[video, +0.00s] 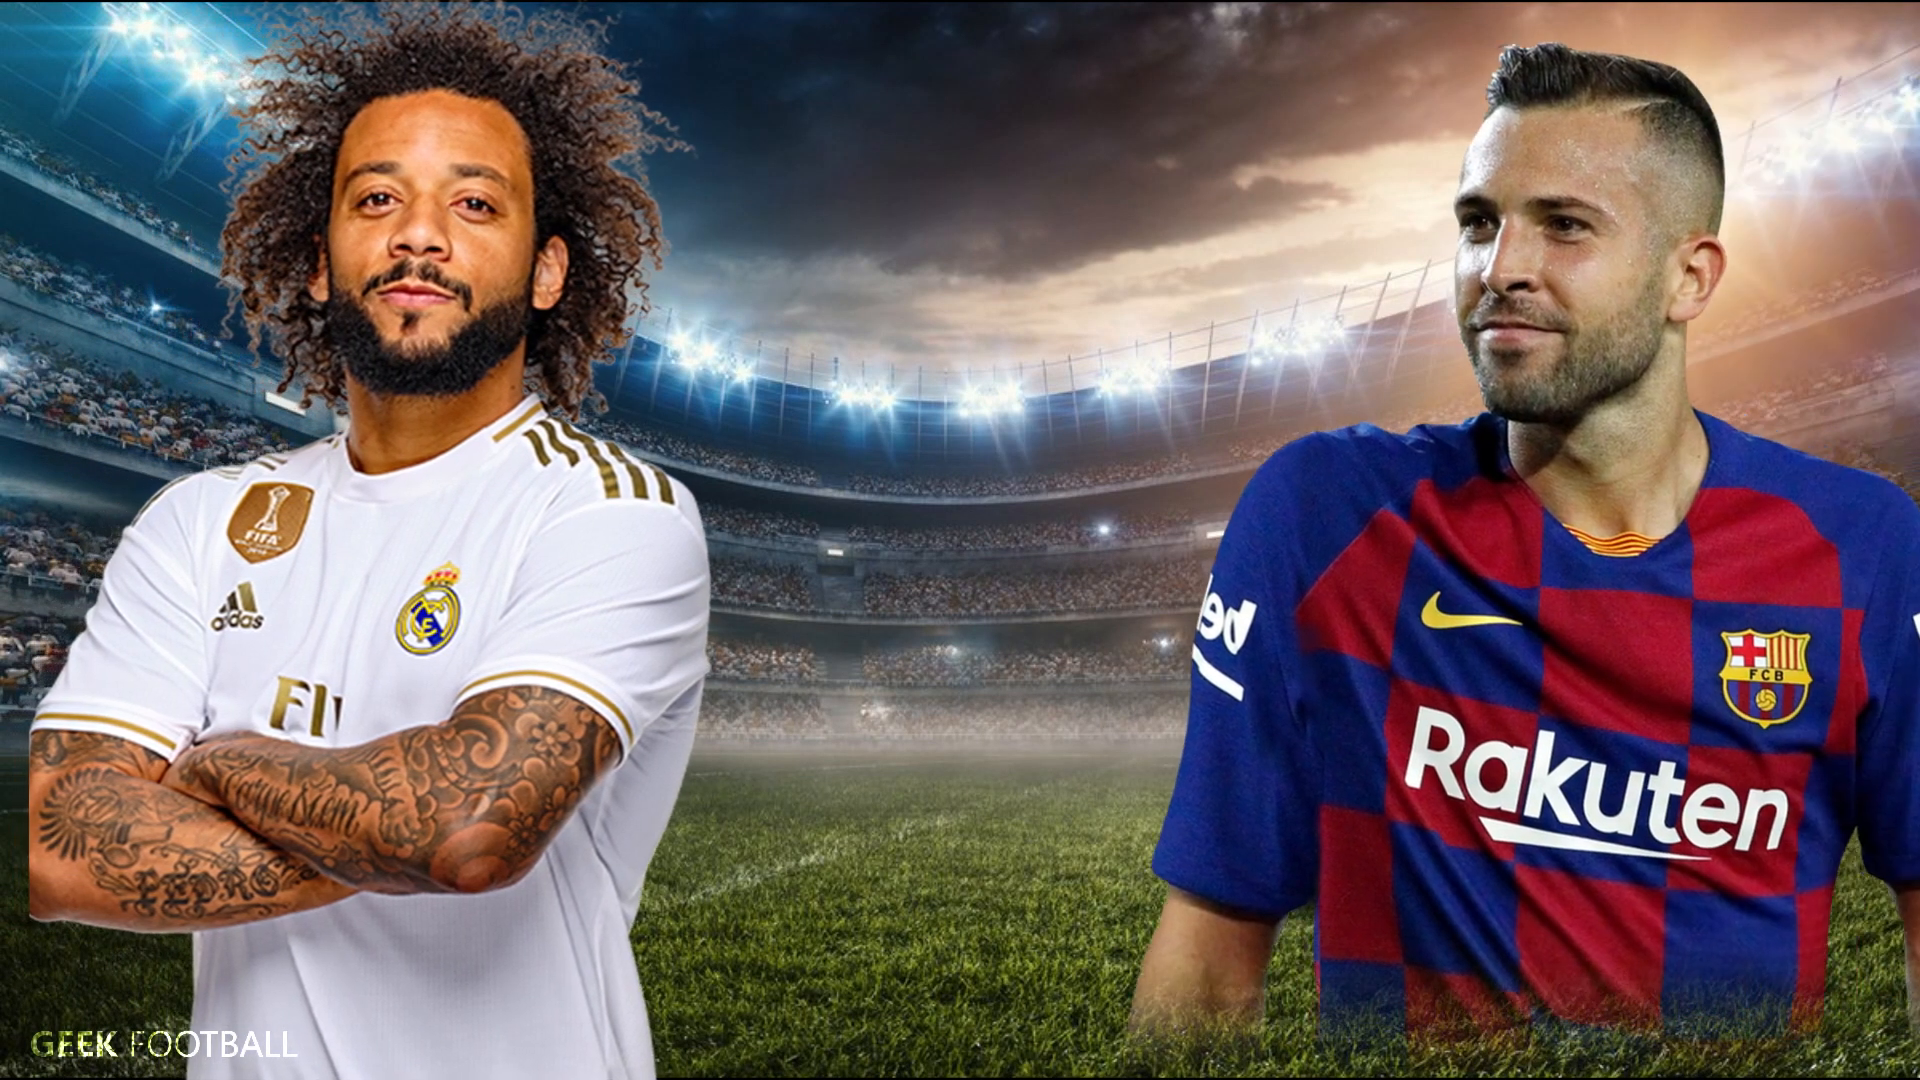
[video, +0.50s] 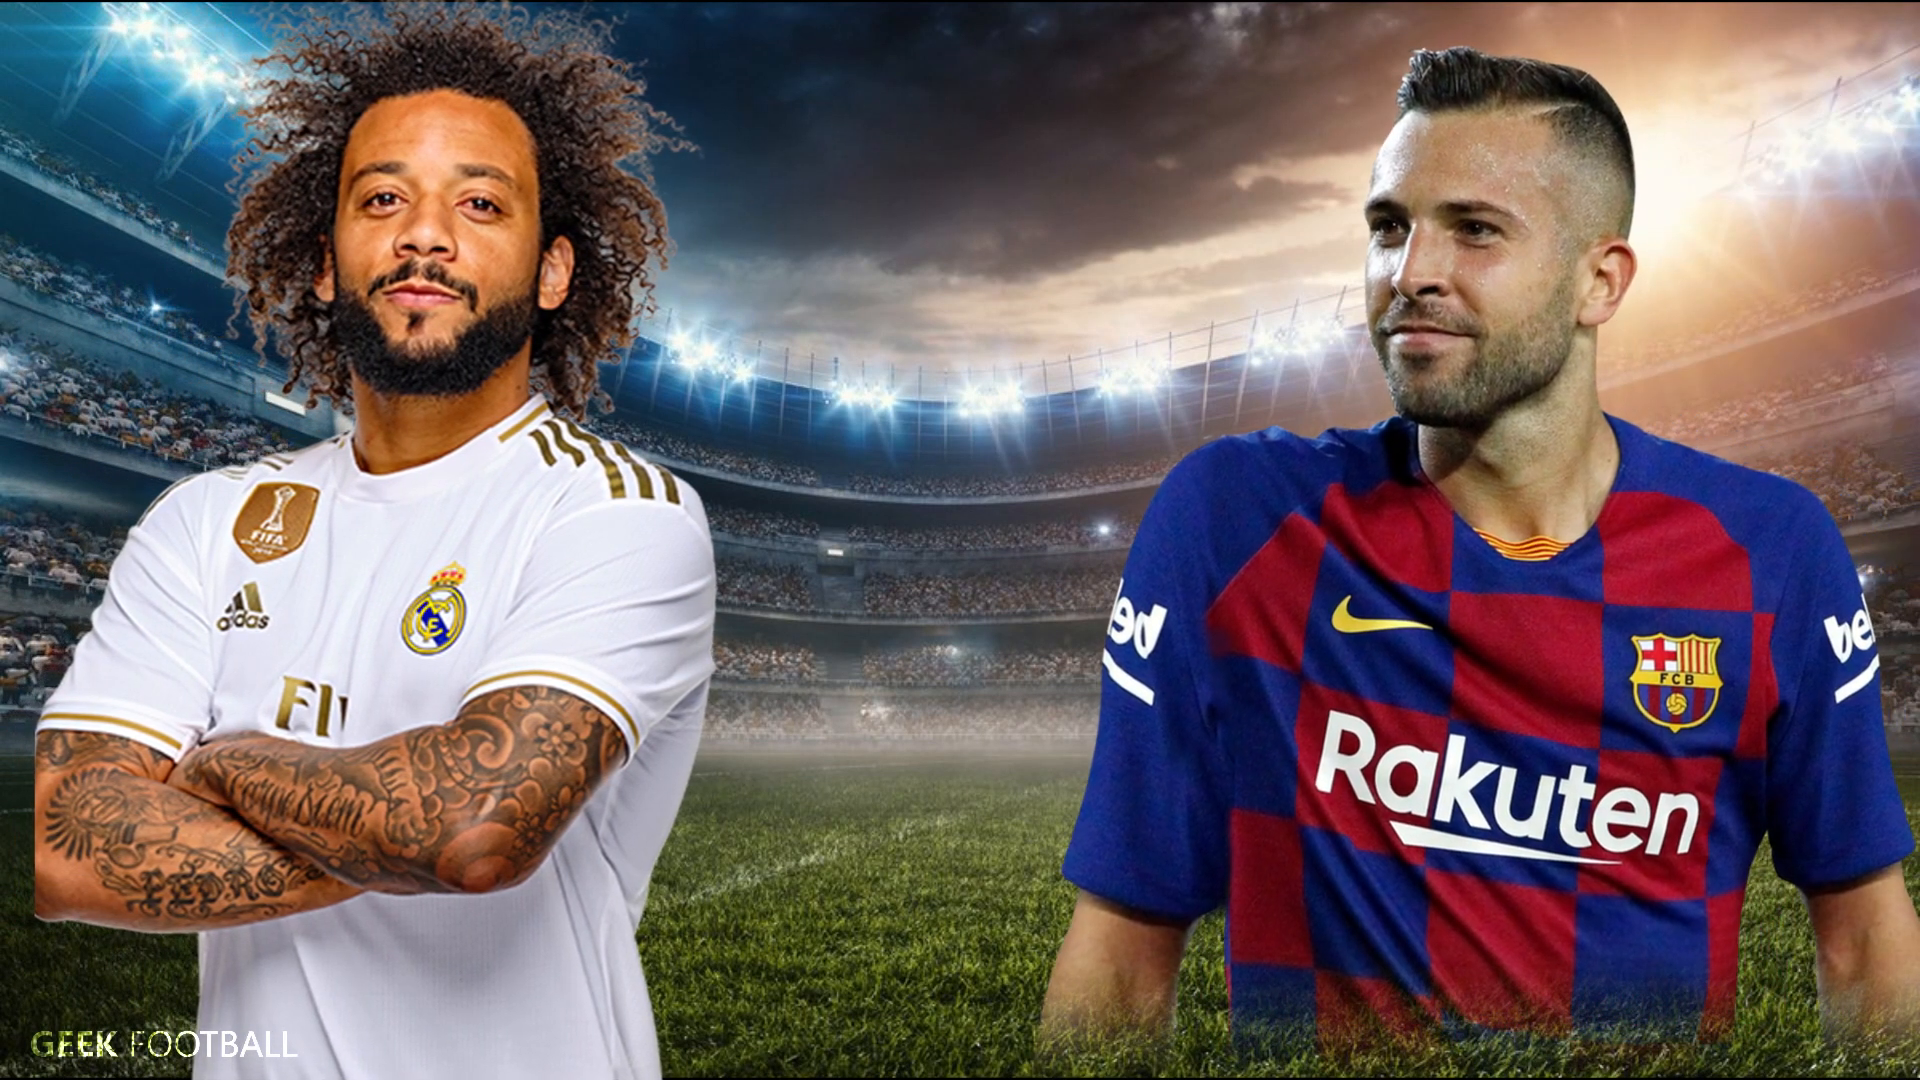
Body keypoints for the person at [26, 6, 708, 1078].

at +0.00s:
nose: (420, 238)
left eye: (476, 204)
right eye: (377, 199)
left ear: (544, 273)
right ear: (323, 259)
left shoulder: (619, 518)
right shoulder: (198, 522)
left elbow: (473, 825)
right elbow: (71, 856)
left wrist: (208, 761)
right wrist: (394, 829)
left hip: (530, 1063)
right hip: (249, 1062)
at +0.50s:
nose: (426, 238)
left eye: (482, 203)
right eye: (383, 199)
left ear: (549, 273)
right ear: (329, 260)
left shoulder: (624, 518)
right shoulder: (203, 523)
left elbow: (478, 825)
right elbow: (77, 856)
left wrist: (214, 761)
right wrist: (400, 829)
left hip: (535, 1063)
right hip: (256, 1063)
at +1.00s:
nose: (422, 238)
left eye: (478, 204)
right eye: (379, 199)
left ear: (546, 273)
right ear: (325, 260)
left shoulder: (621, 518)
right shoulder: (201, 522)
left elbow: (475, 825)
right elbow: (73, 856)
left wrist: (210, 761)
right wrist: (396, 829)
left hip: (531, 1063)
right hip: (252, 1062)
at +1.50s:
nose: (415, 238)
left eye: (471, 204)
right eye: (372, 199)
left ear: (539, 273)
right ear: (319, 259)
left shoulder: (614, 517)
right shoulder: (194, 522)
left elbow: (468, 825)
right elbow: (67, 857)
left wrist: (205, 760)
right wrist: (389, 830)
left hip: (526, 1064)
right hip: (246, 1063)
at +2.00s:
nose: (406, 238)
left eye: (461, 203)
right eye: (362, 199)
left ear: (529, 273)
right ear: (309, 260)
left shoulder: (603, 517)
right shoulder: (184, 523)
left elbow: (460, 824)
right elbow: (51, 853)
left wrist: (193, 761)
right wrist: (378, 829)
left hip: (515, 1064)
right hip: (234, 1063)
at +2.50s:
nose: (393, 238)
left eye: (448, 204)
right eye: (349, 199)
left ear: (517, 273)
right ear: (296, 260)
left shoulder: (591, 518)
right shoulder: (171, 522)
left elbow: (446, 825)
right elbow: (33, 850)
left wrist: (182, 759)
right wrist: (362, 830)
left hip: (501, 1063)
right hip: (220, 1061)